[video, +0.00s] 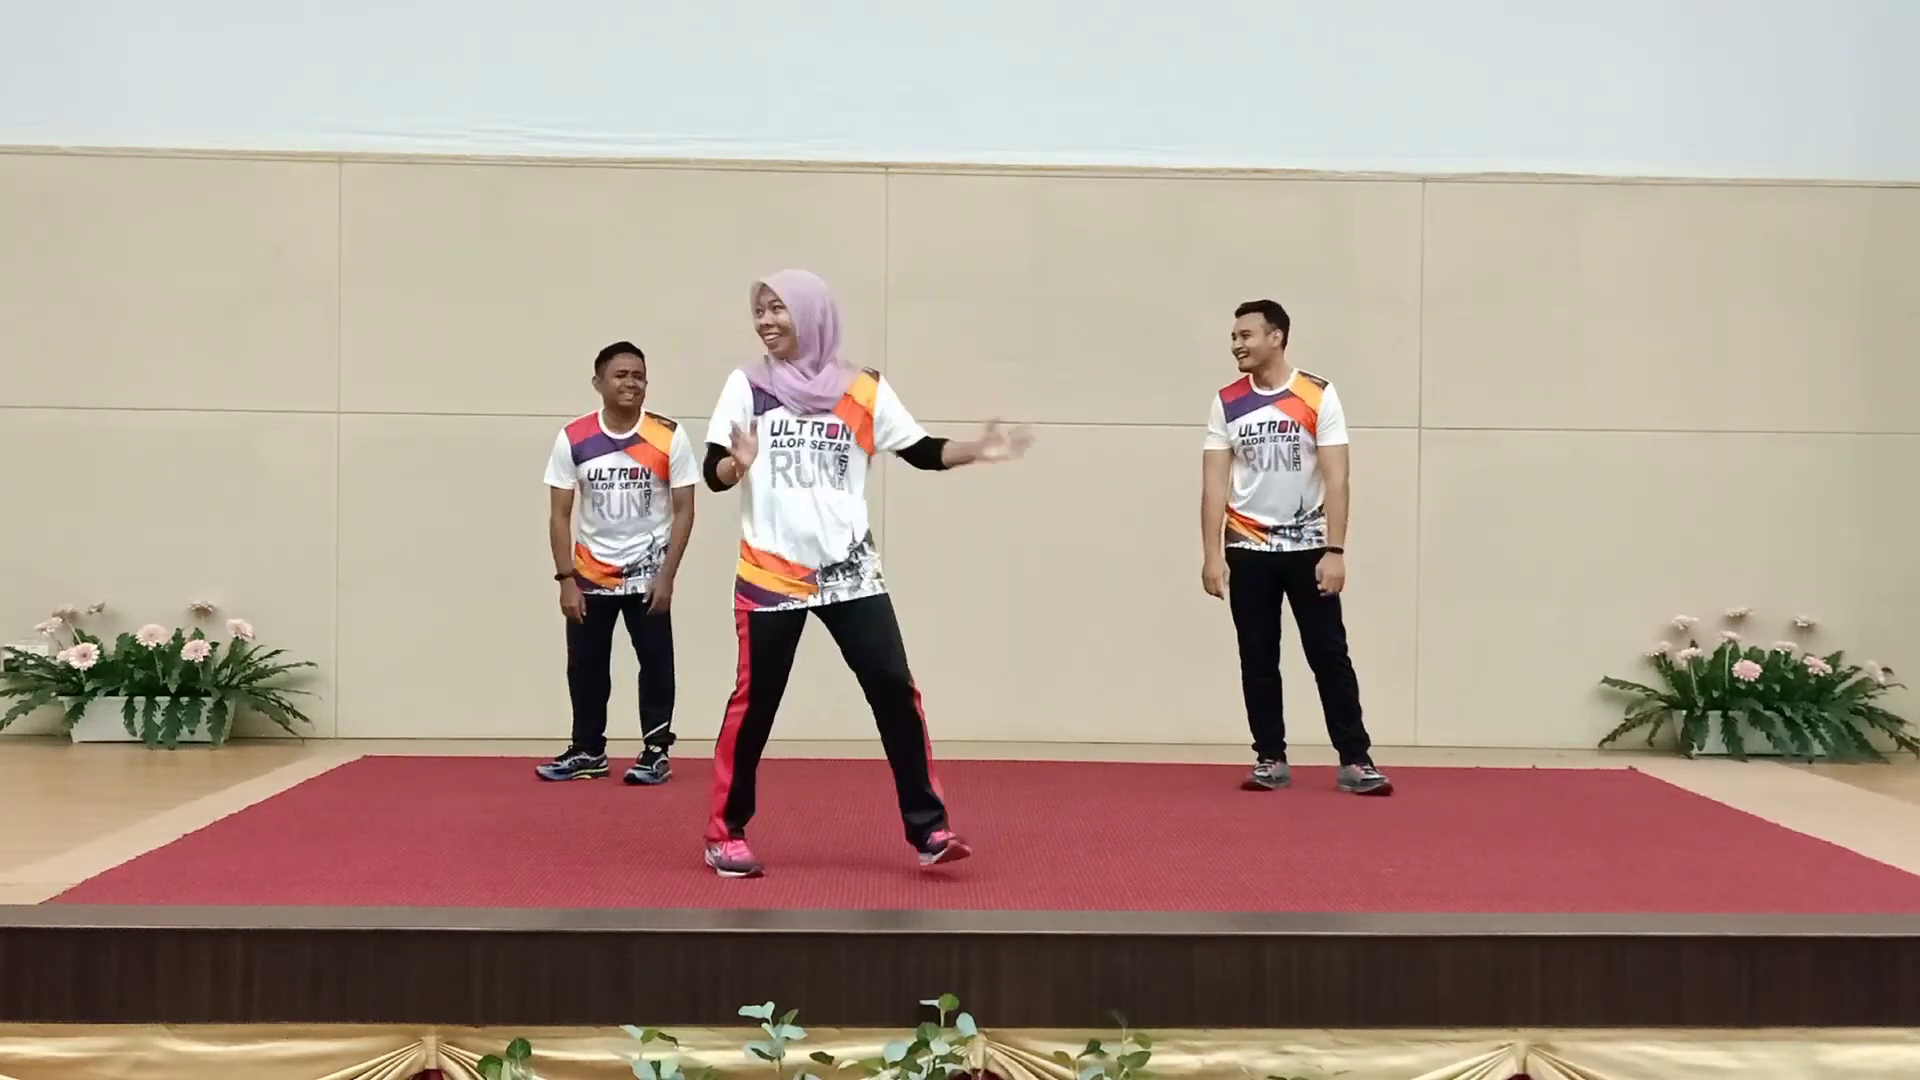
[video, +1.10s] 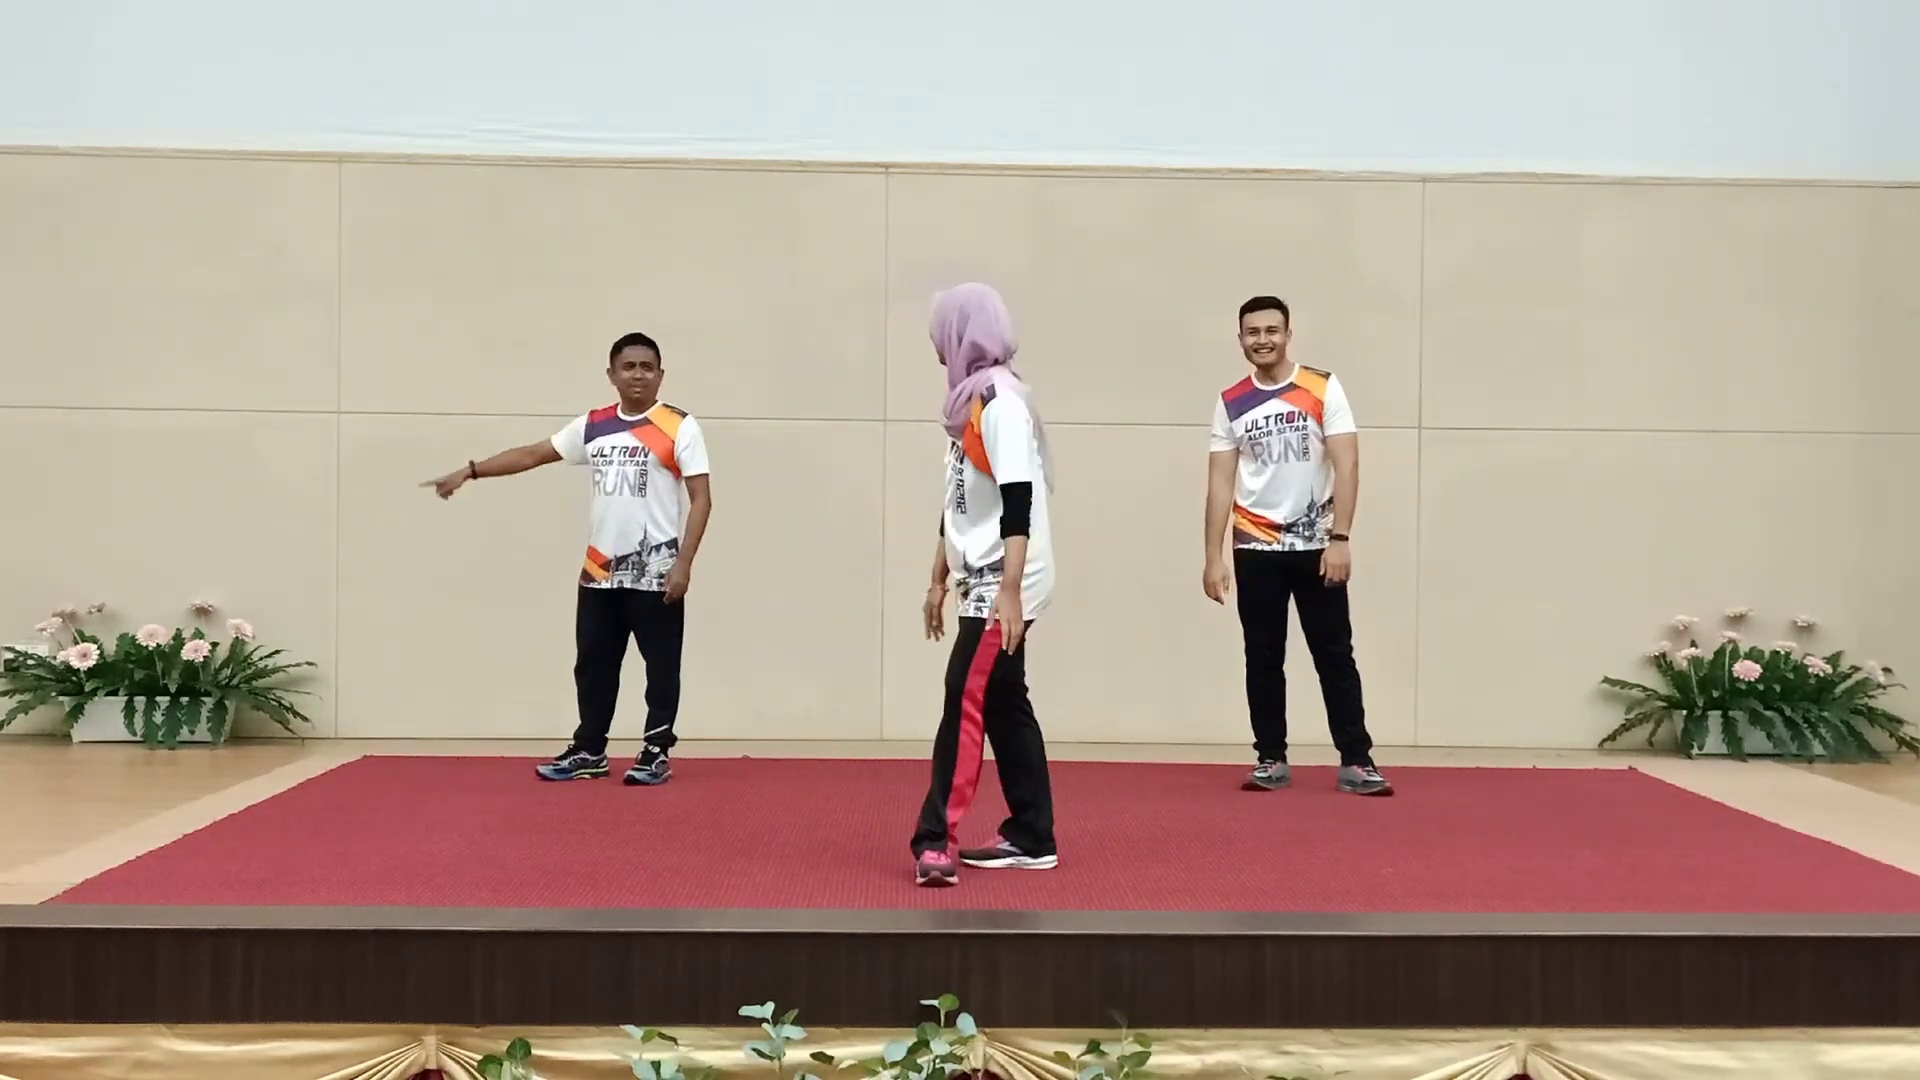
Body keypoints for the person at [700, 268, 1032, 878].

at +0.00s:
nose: (766, 321)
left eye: (777, 308)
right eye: (760, 312)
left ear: (813, 312)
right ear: (757, 322)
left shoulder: (861, 388)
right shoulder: (746, 389)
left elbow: (919, 449)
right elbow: (714, 475)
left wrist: (974, 448)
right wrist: (737, 465)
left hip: (849, 570)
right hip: (772, 572)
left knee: (895, 688)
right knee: (755, 702)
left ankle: (928, 829)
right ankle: (725, 834)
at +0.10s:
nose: (796, 331)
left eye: (805, 319)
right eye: (795, 320)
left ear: (843, 322)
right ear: (810, 326)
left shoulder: (904, 399)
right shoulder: (786, 398)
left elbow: (954, 469)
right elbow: (755, 488)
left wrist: (1005, 521)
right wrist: (765, 447)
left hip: (879, 581)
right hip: (799, 578)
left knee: (903, 706)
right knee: (771, 706)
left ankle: (928, 846)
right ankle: (729, 833)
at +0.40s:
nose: (856, 325)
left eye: (866, 315)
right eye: (859, 315)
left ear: (899, 322)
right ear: (887, 322)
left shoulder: (958, 395)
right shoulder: (859, 389)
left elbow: (981, 489)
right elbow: (846, 477)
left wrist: (983, 573)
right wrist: (824, 444)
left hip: (934, 572)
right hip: (861, 568)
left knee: (929, 706)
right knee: (823, 686)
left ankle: (930, 845)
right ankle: (798, 825)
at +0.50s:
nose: (870, 329)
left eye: (879, 318)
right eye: (872, 318)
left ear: (910, 321)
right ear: (899, 322)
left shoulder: (967, 394)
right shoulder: (871, 387)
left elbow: (986, 489)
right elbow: (865, 480)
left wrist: (976, 575)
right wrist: (837, 452)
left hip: (944, 575)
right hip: (872, 570)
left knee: (931, 704)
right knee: (837, 682)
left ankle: (931, 843)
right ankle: (850, 822)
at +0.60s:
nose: (890, 334)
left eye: (897, 323)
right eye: (890, 322)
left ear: (926, 323)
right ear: (915, 323)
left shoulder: (976, 394)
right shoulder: (892, 391)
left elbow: (997, 490)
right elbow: (893, 479)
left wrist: (975, 568)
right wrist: (861, 474)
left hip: (951, 576)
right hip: (888, 573)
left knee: (934, 704)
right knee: (878, 689)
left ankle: (931, 840)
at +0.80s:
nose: (909, 338)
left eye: (915, 328)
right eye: (909, 328)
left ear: (940, 329)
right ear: (952, 327)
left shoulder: (988, 401)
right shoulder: (922, 395)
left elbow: (1007, 490)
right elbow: (912, 474)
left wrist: (992, 570)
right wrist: (892, 513)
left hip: (973, 577)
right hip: (926, 580)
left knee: (942, 704)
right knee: (959, 704)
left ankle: (931, 842)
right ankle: (1024, 828)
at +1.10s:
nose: (936, 349)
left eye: (940, 338)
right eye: (936, 338)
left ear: (961, 337)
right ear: (987, 334)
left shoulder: (1003, 406)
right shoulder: (971, 403)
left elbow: (1018, 505)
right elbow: (958, 502)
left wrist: (1011, 589)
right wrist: (940, 579)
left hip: (1003, 586)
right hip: (984, 584)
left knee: (962, 706)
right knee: (1007, 711)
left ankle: (935, 841)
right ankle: (1033, 836)